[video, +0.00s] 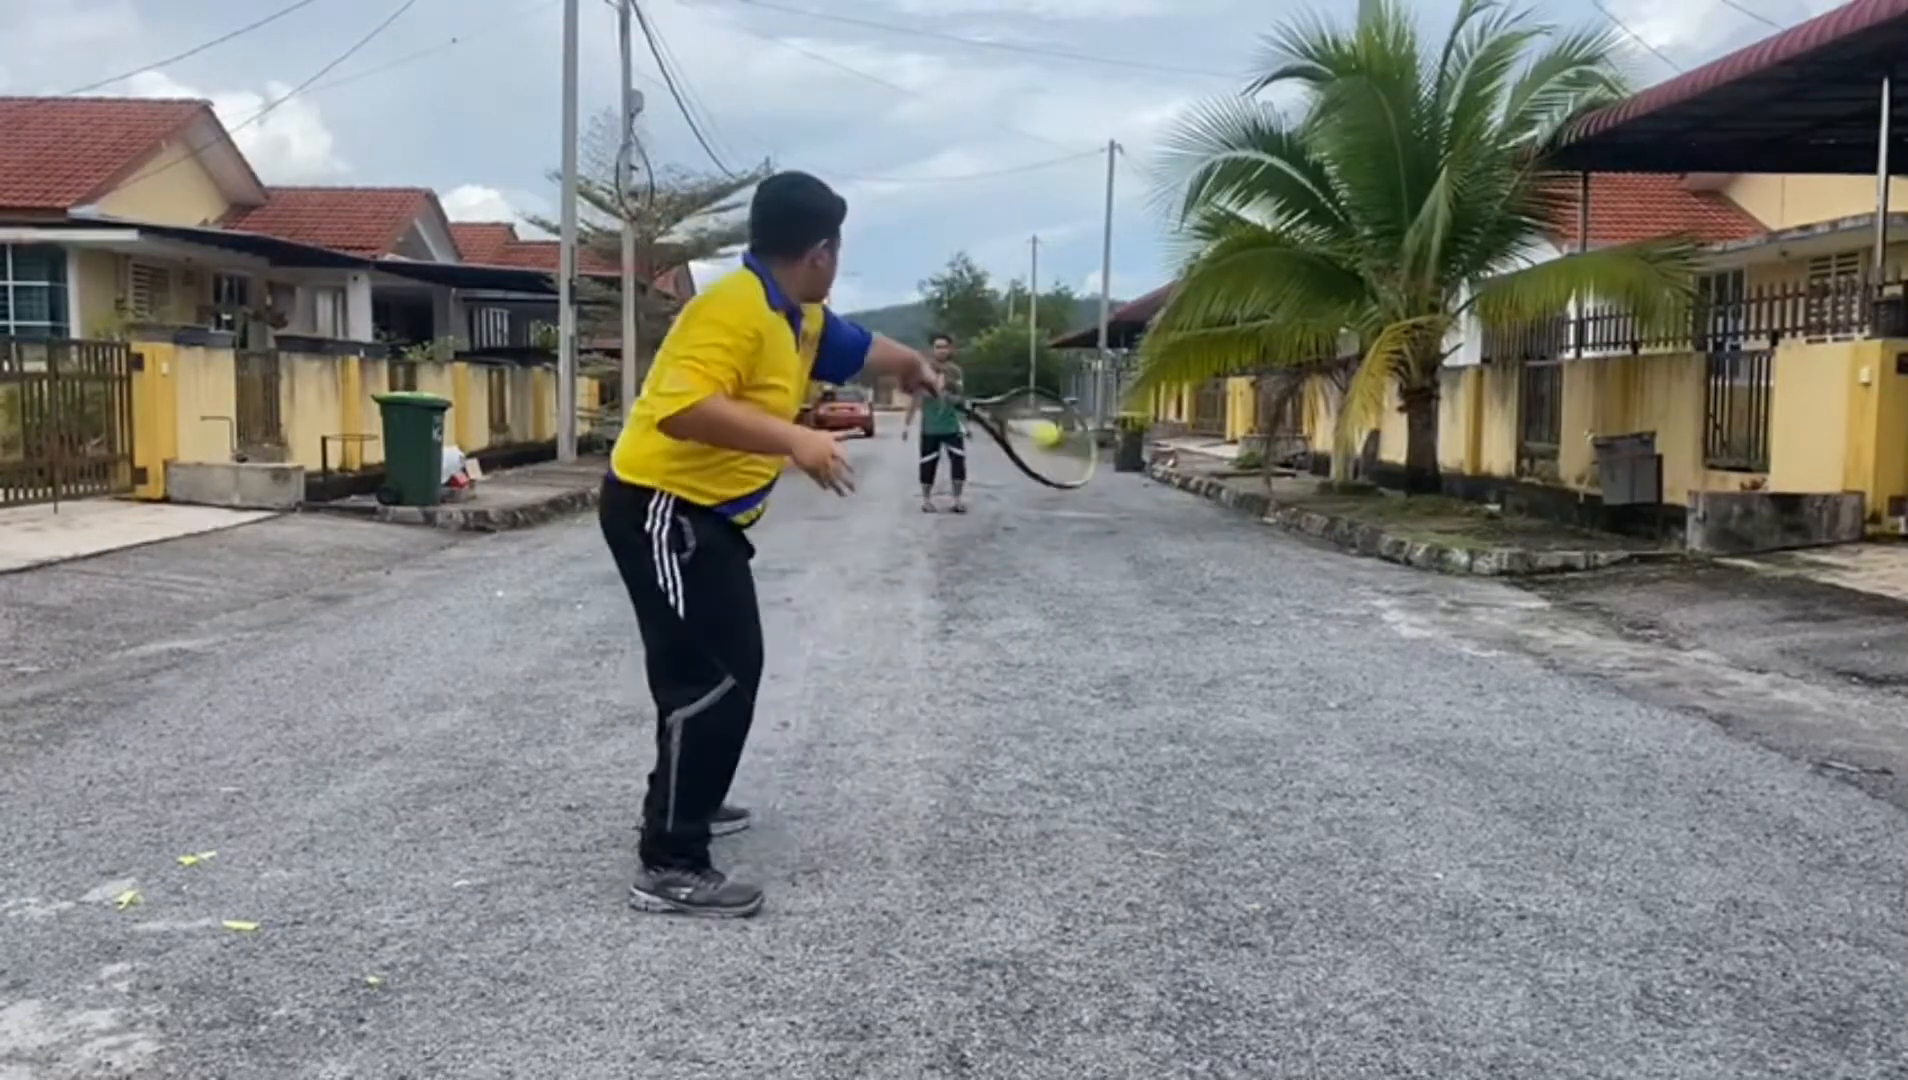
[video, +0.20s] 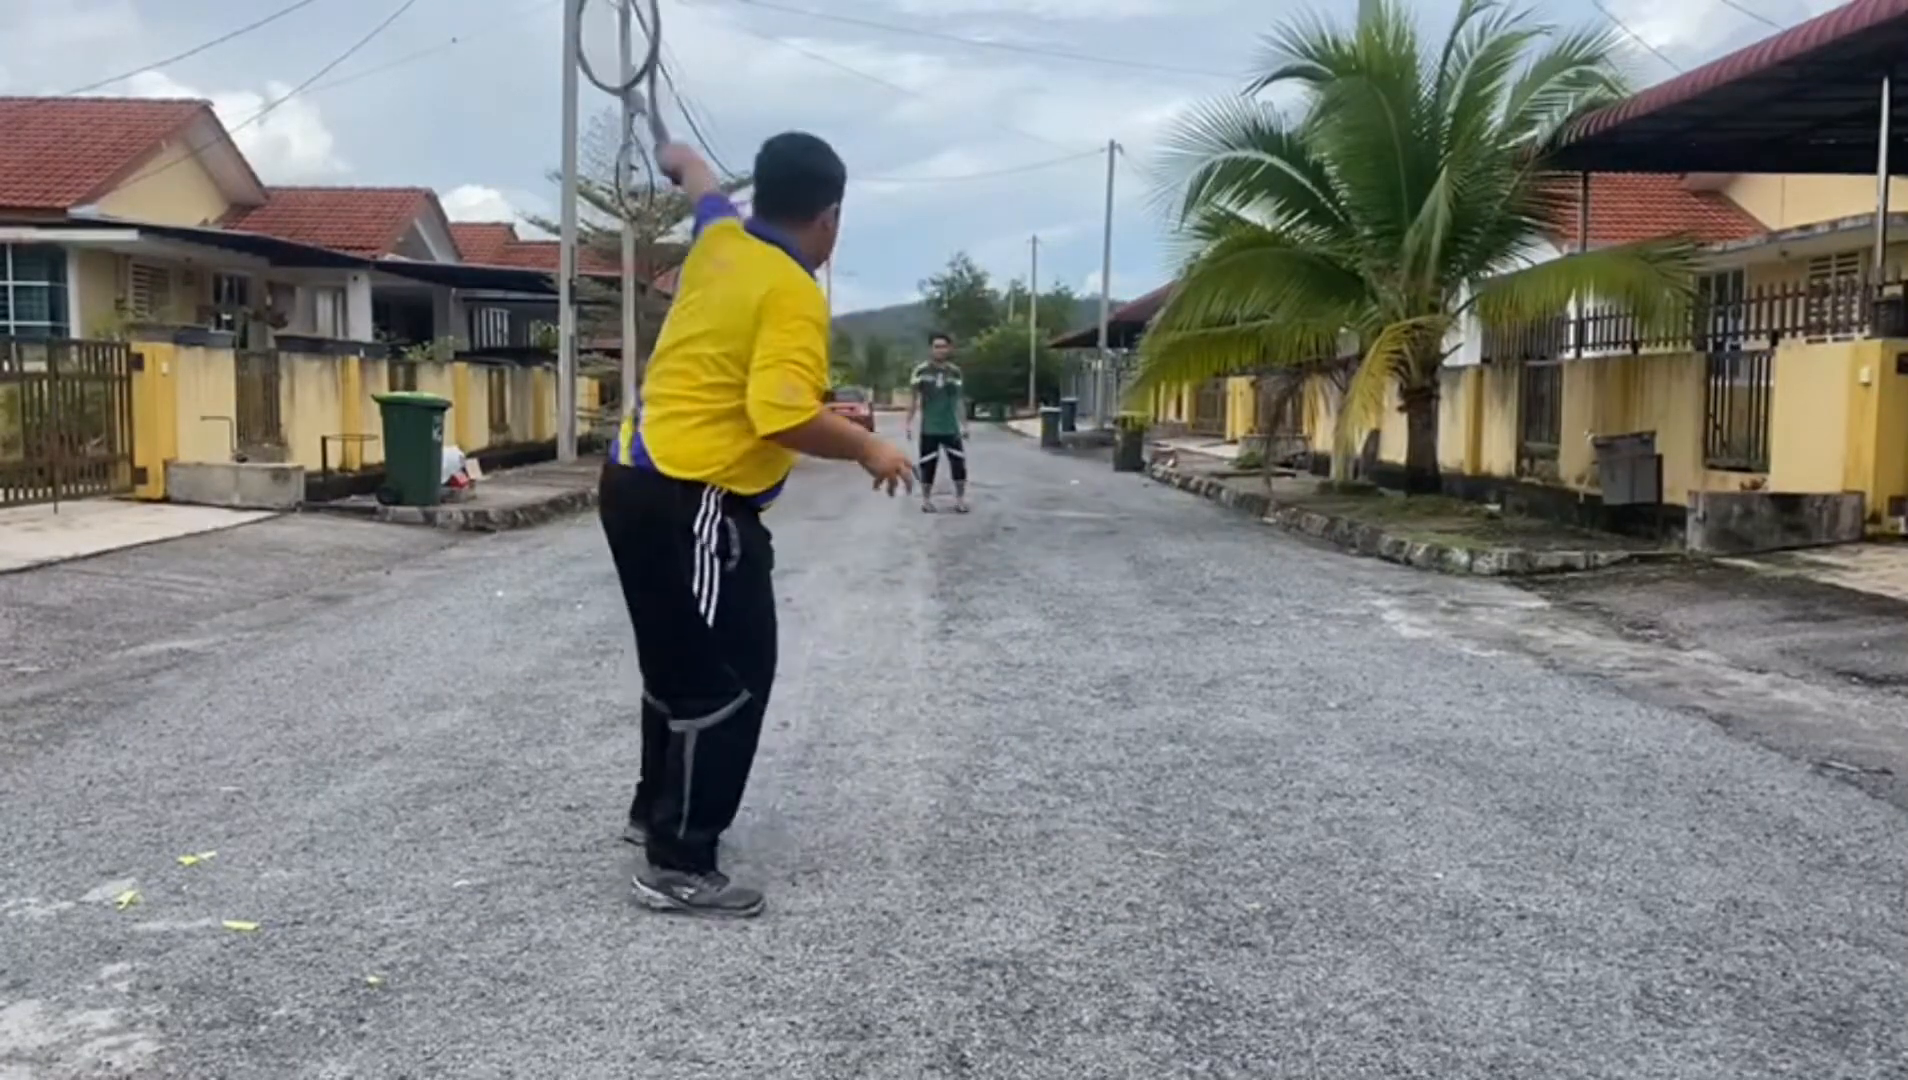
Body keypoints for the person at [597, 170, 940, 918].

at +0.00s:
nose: (839, 259)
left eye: (837, 245)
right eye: (835, 245)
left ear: (774, 245)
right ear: (814, 253)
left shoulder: (794, 317)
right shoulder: (731, 306)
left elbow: (854, 348)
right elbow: (677, 408)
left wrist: (910, 365)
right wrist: (792, 437)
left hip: (705, 510)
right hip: (663, 507)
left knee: (729, 665)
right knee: (709, 675)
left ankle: (683, 802)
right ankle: (670, 863)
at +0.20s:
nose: (838, 226)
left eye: (836, 211)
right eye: (838, 211)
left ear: (762, 203)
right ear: (824, 213)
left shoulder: (722, 235)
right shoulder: (794, 292)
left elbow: (702, 184)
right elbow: (783, 415)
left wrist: (682, 157)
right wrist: (864, 445)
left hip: (639, 485)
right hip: (701, 503)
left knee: (673, 666)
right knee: (737, 678)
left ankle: (659, 817)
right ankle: (683, 867)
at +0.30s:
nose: (832, 202)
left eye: (827, 186)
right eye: (832, 189)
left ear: (753, 178)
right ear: (820, 193)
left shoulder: (693, 215)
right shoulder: (812, 281)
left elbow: (634, 132)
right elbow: (815, 407)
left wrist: (588, 57)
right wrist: (881, 427)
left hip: (633, 472)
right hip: (713, 486)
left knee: (662, 652)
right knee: (776, 659)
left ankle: (630, 821)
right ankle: (692, 844)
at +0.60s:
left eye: (739, 193)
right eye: (828, 203)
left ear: (737, 197)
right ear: (824, 211)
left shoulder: (691, 260)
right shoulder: (863, 311)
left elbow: (571, 203)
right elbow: (891, 432)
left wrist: (468, 119)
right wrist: (807, 405)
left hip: (678, 533)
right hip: (794, 540)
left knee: (660, 704)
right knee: (800, 726)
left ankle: (625, 867)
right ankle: (801, 924)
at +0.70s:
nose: (742, 209)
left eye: (743, 197)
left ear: (750, 195)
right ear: (832, 202)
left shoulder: (731, 250)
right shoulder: (867, 307)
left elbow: (608, 244)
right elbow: (899, 431)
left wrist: (488, 233)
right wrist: (812, 409)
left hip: (701, 527)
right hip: (818, 538)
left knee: (657, 712)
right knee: (811, 734)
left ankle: (603, 882)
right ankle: (799, 927)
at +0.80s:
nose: (741, 200)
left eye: (741, 189)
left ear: (746, 188)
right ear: (832, 192)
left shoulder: (729, 252)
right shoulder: (869, 303)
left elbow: (642, 315)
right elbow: (892, 431)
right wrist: (806, 395)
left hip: (709, 530)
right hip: (828, 543)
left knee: (647, 716)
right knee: (814, 733)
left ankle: (597, 908)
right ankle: (801, 927)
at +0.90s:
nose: (725, 194)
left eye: (726, 182)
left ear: (734, 182)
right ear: (821, 188)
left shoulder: (723, 253)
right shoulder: (861, 295)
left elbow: (681, 365)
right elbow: (882, 427)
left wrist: (624, 463)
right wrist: (782, 417)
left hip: (704, 536)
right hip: (826, 546)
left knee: (644, 731)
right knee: (812, 743)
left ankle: (620, 922)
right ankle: (800, 929)